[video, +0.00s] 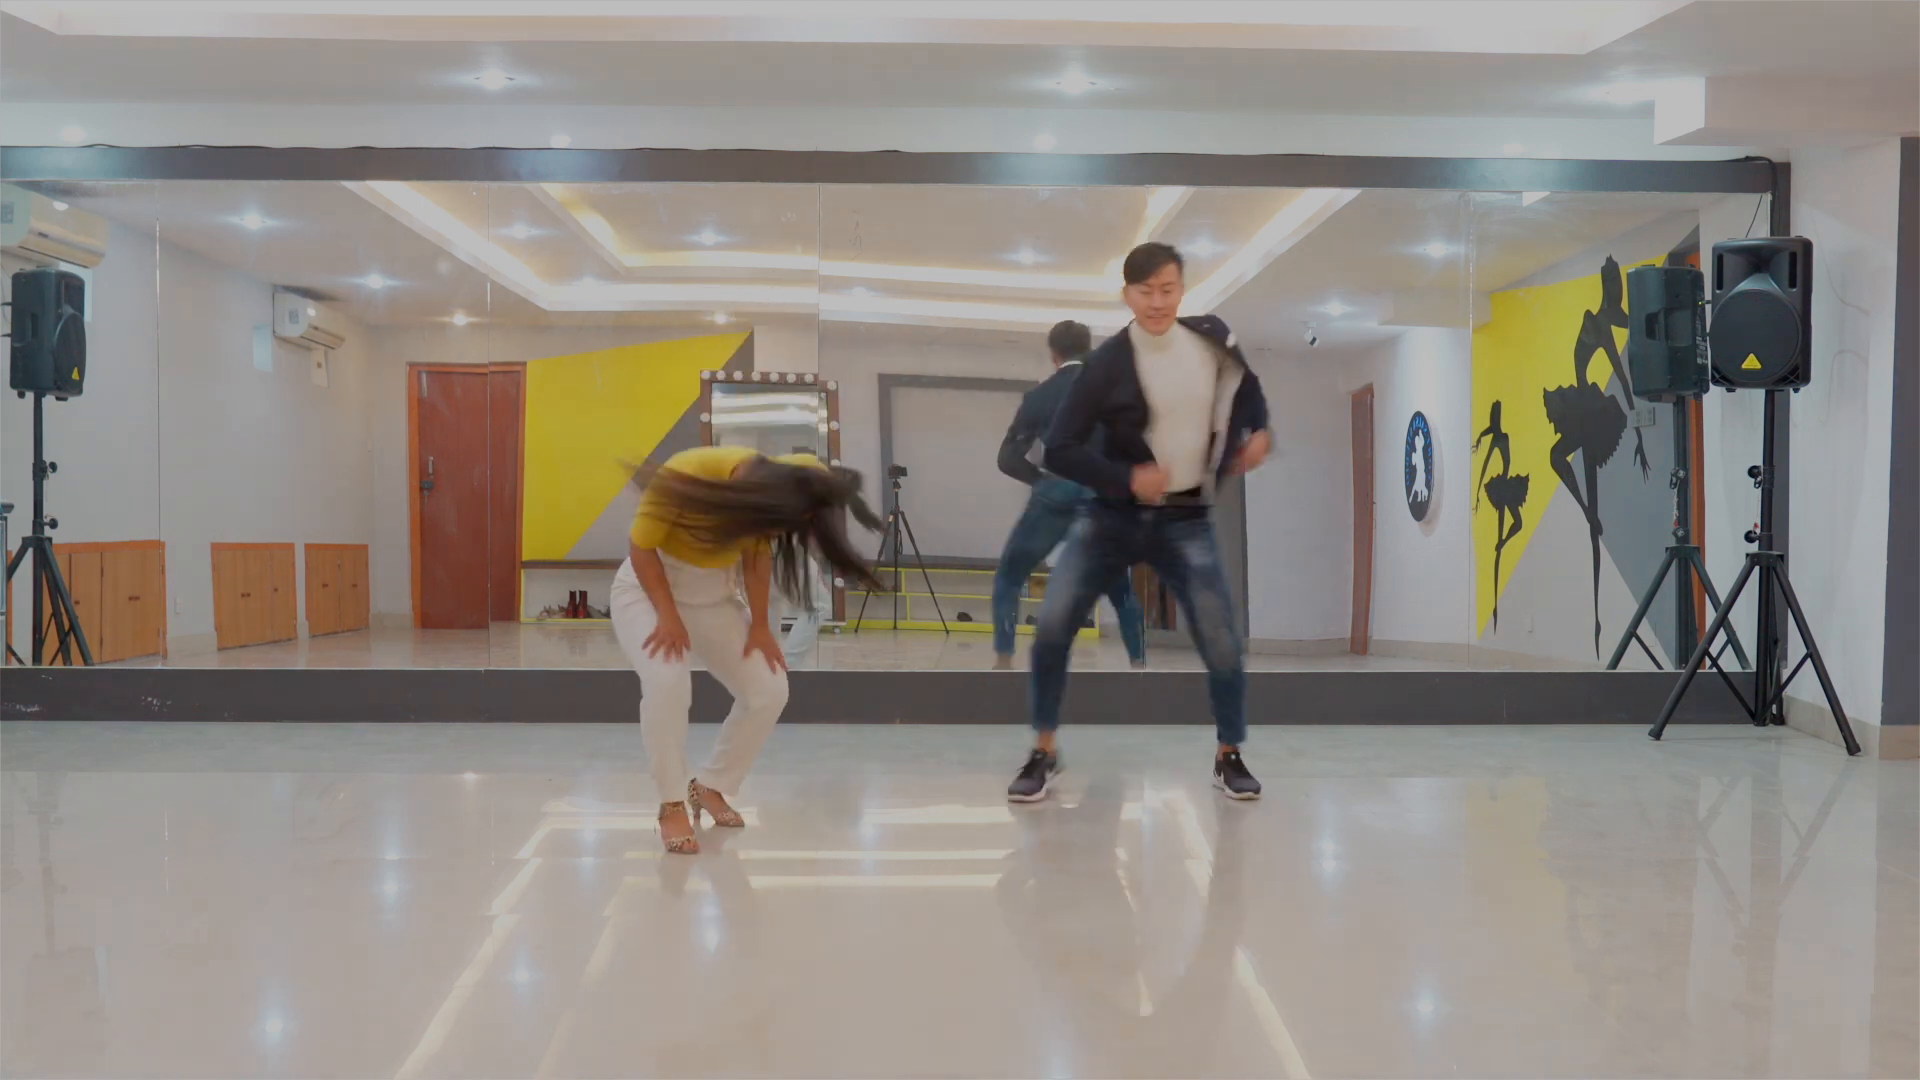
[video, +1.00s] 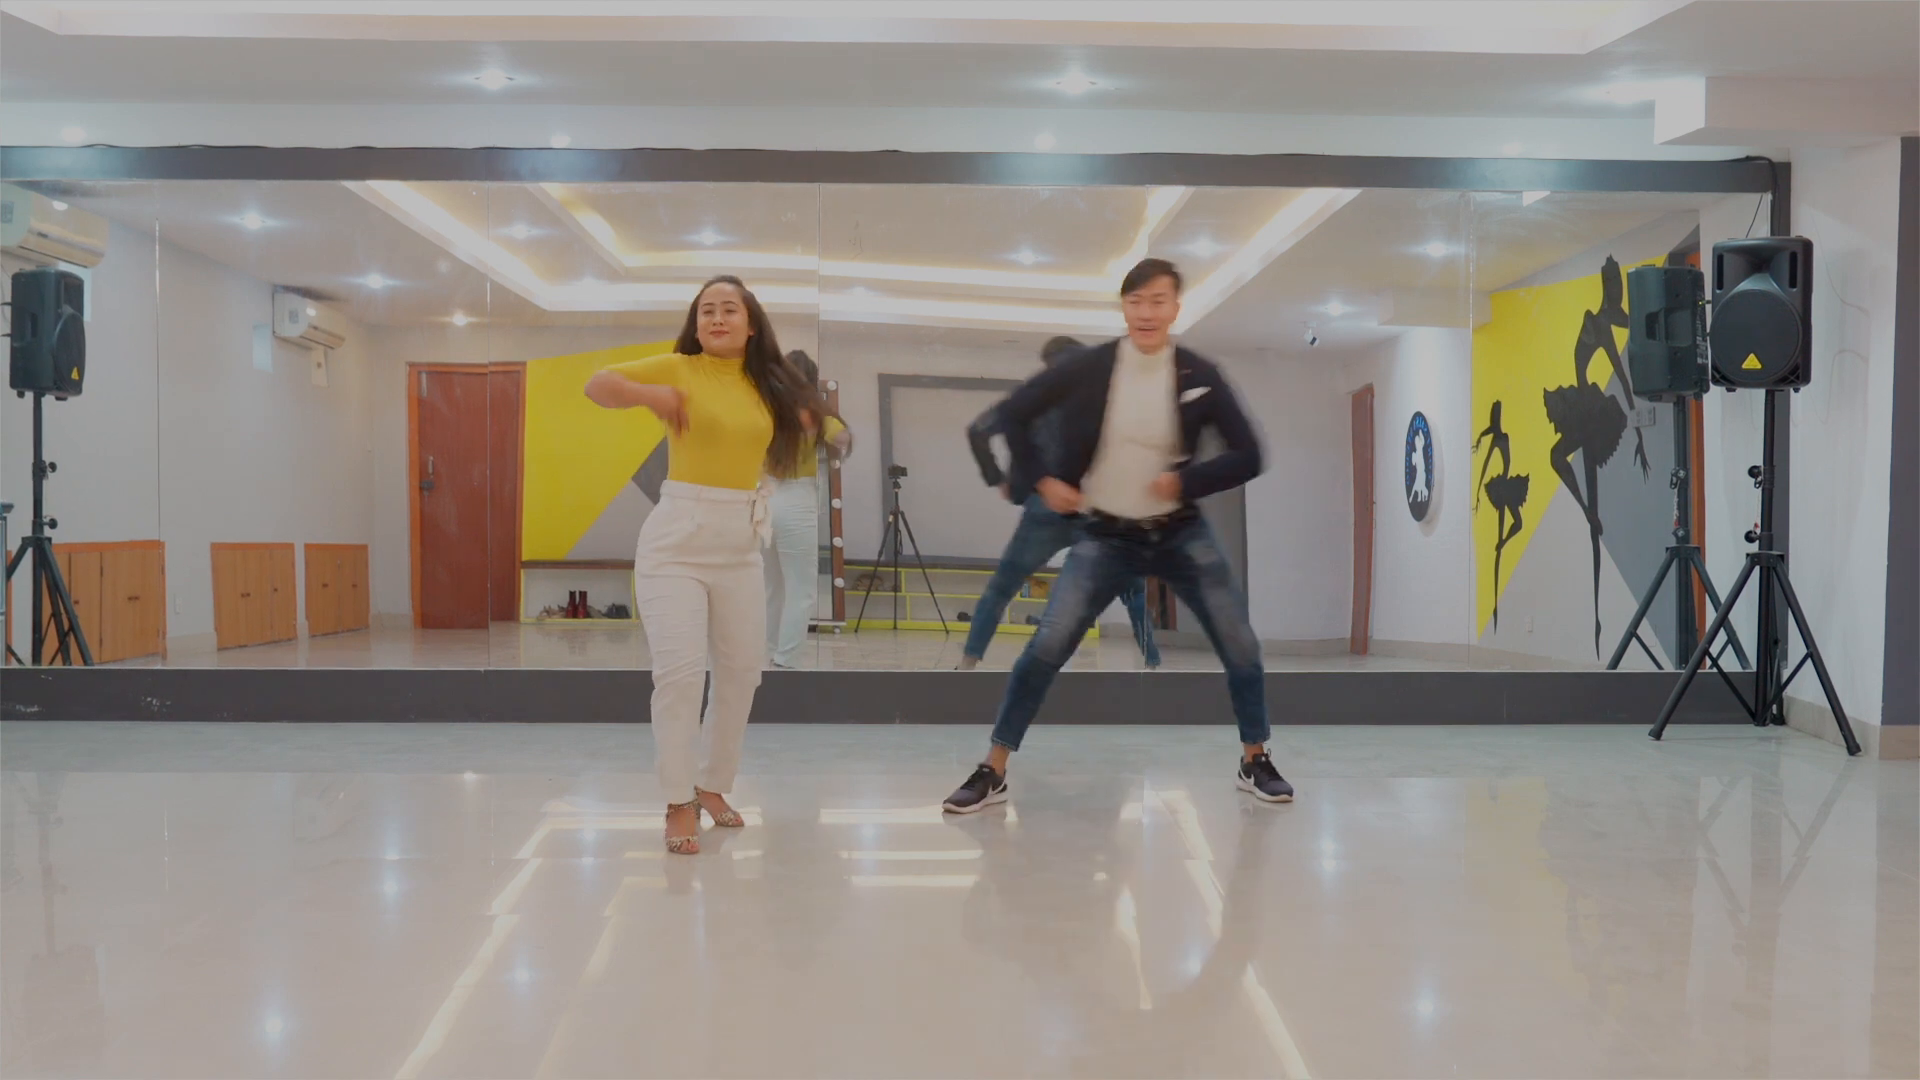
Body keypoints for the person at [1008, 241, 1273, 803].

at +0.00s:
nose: (1158, 302)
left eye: (1168, 290)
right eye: (1146, 292)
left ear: (1184, 291)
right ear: (1128, 294)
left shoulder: (1213, 346)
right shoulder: (1106, 362)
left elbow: (1247, 390)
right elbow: (1060, 449)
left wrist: (1255, 431)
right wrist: (1125, 476)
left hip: (1185, 517)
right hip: (1110, 516)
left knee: (1223, 644)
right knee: (1053, 622)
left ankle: (1230, 754)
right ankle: (1043, 750)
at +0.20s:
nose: (1186, 314)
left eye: (1197, 301)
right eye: (1173, 301)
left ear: (1210, 295)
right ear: (1153, 297)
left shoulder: (1230, 355)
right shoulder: (1119, 362)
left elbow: (1279, 428)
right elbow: (1088, 444)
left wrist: (1261, 402)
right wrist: (1144, 489)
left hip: (1248, 508)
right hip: (1186, 518)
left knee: (1262, 645)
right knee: (1225, 643)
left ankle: (1230, 753)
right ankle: (1181, 719)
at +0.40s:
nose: (1196, 299)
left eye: (1205, 287)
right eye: (1184, 288)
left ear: (1221, 288)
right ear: (1165, 292)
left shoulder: (1252, 350)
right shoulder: (1141, 363)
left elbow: (1312, 402)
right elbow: (1094, 442)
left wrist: (1282, 420)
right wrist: (1145, 423)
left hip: (1266, 511)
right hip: (1201, 518)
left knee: (1278, 644)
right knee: (1240, 638)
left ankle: (1230, 756)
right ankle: (1204, 723)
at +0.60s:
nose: (1215, 302)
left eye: (1226, 291)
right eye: (1204, 292)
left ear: (1244, 299)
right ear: (1186, 302)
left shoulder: (1273, 348)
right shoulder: (1166, 374)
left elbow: (1330, 368)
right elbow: (1134, 458)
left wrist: (1310, 439)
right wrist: (1202, 432)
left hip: (1241, 517)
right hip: (1173, 502)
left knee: (1281, 647)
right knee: (1084, 523)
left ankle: (1257, 758)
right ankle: (1159, 606)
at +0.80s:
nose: (1213, 312)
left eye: (1225, 300)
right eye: (1202, 302)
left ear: (1243, 307)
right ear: (1185, 310)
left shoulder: (1271, 361)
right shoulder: (1158, 377)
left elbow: (1327, 402)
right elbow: (1120, 467)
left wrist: (1320, 458)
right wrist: (1184, 486)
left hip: (1219, 531)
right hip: (1147, 514)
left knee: (1256, 655)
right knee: (1045, 568)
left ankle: (1257, 757)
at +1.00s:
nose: (1146, 312)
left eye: (1159, 301)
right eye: (1136, 301)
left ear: (1177, 308)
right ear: (1122, 307)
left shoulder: (1198, 375)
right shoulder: (1084, 368)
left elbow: (1249, 457)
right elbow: (1007, 418)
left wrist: (1186, 481)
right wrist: (1039, 480)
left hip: (1180, 532)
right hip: (1102, 532)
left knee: (1241, 645)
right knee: (1051, 642)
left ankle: (1257, 759)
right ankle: (994, 767)